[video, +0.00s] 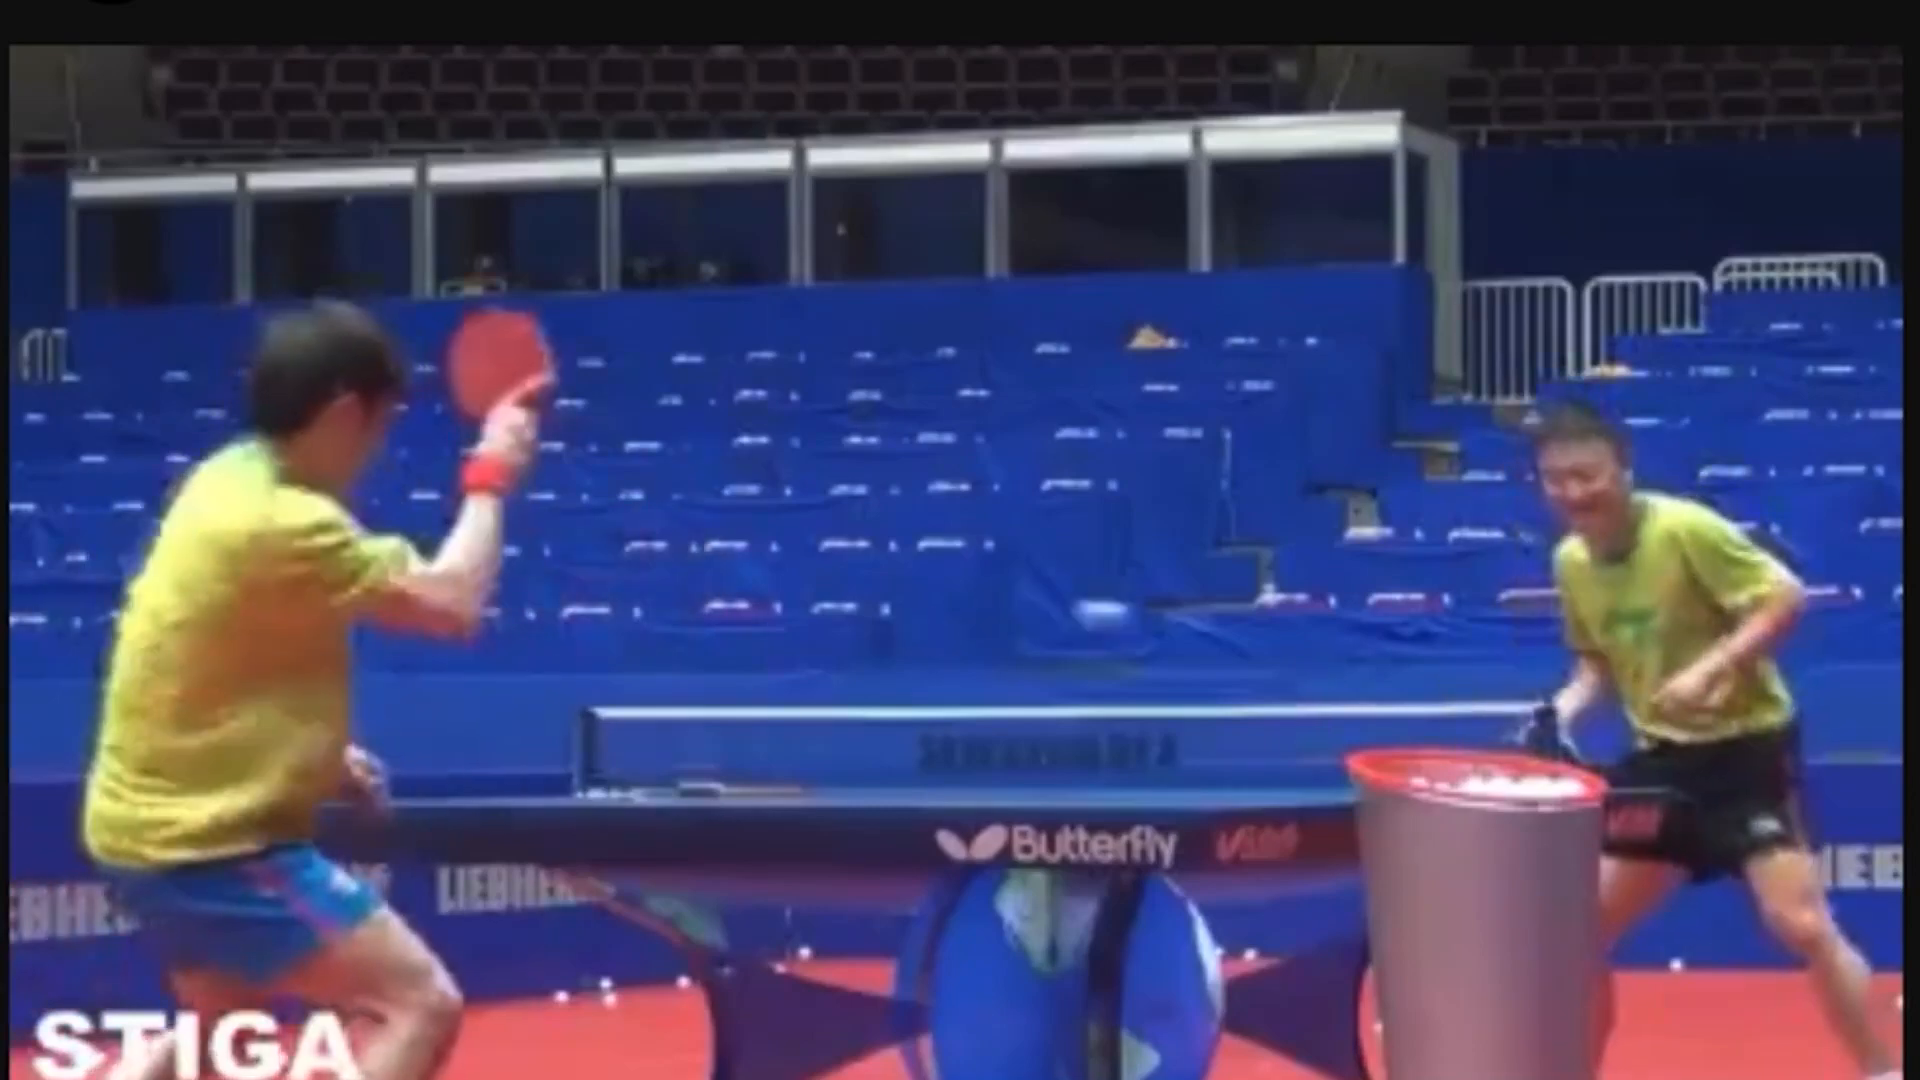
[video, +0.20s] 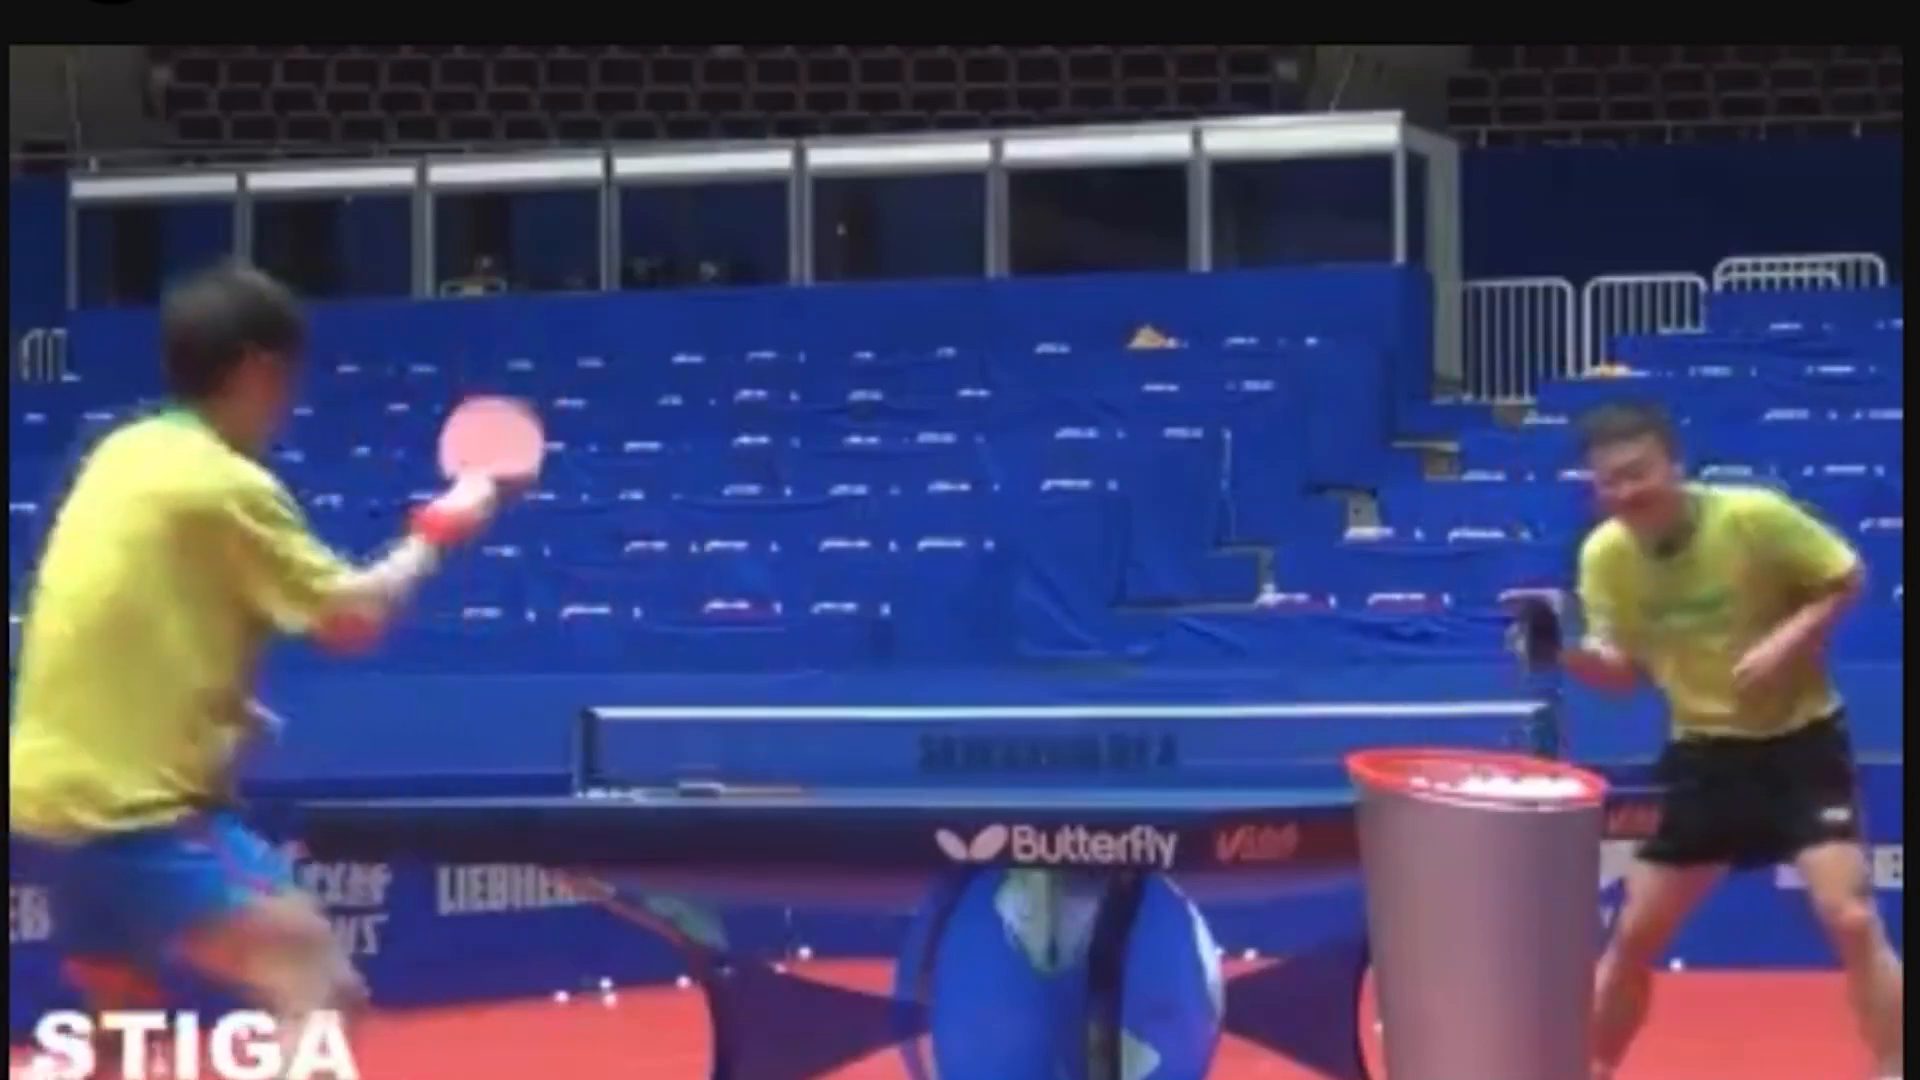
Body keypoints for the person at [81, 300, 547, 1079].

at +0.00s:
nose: (378, 447)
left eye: (385, 425)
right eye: (381, 423)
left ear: (289, 400)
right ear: (342, 411)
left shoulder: (224, 479)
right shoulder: (280, 522)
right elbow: (452, 604)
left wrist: (315, 757)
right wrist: (492, 475)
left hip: (150, 834)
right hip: (212, 848)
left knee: (221, 1044)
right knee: (423, 1007)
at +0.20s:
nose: (290, 394)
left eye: (290, 372)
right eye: (285, 370)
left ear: (189, 364)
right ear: (249, 370)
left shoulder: (120, 455)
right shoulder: (218, 482)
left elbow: (103, 631)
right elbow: (349, 618)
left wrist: (214, 704)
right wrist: (434, 536)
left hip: (47, 810)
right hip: (136, 817)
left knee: (126, 1028)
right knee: (321, 993)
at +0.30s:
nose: (245, 357)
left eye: (246, 334)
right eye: (244, 332)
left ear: (144, 324)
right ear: (210, 328)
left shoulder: (71, 409)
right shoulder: (163, 442)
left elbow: (37, 567)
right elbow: (243, 603)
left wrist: (134, 649)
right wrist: (377, 551)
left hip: (15, 748)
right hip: (59, 764)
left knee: (45, 975)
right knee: (179, 967)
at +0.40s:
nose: (205, 347)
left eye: (207, 325)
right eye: (204, 324)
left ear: (108, 315)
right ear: (173, 325)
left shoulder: (34, 406)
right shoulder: (112, 441)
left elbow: (41, 611)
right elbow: (132, 616)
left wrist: (120, 645)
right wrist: (278, 592)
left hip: (21, 750)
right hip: (35, 761)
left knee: (24, 959)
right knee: (137, 960)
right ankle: (58, 1074)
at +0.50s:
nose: (152, 391)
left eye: (152, 370)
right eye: (144, 368)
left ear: (88, 370)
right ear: (99, 372)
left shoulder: (50, 469)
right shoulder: (34, 495)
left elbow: (53, 607)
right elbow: (28, 670)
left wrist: (104, 630)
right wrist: (125, 681)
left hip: (23, 802)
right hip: (14, 812)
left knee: (79, 994)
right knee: (86, 993)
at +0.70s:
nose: (69, 453)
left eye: (71, 432)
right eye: (55, 433)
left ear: (60, 432)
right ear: (15, 435)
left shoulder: (41, 524)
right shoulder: (34, 531)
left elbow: (81, 591)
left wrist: (117, 664)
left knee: (20, 968)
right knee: (20, 969)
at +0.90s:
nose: (62, 486)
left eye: (67, 465)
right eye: (45, 467)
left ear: (67, 463)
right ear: (7, 468)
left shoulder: (65, 540)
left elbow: (166, 591)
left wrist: (229, 694)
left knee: (19, 972)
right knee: (20, 973)